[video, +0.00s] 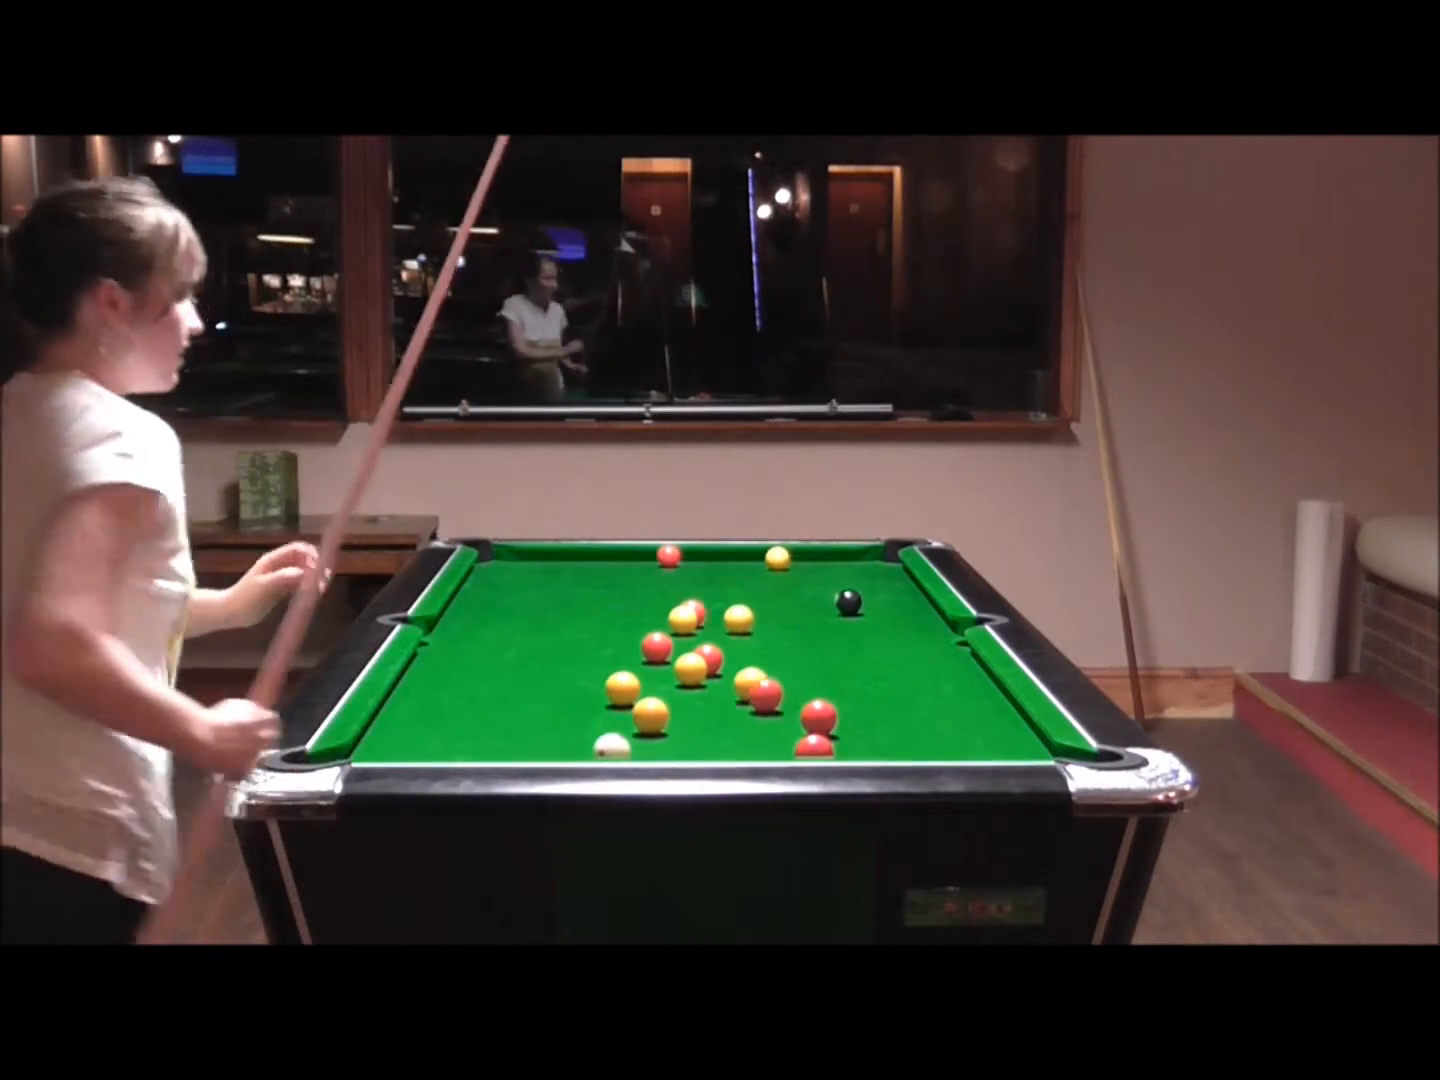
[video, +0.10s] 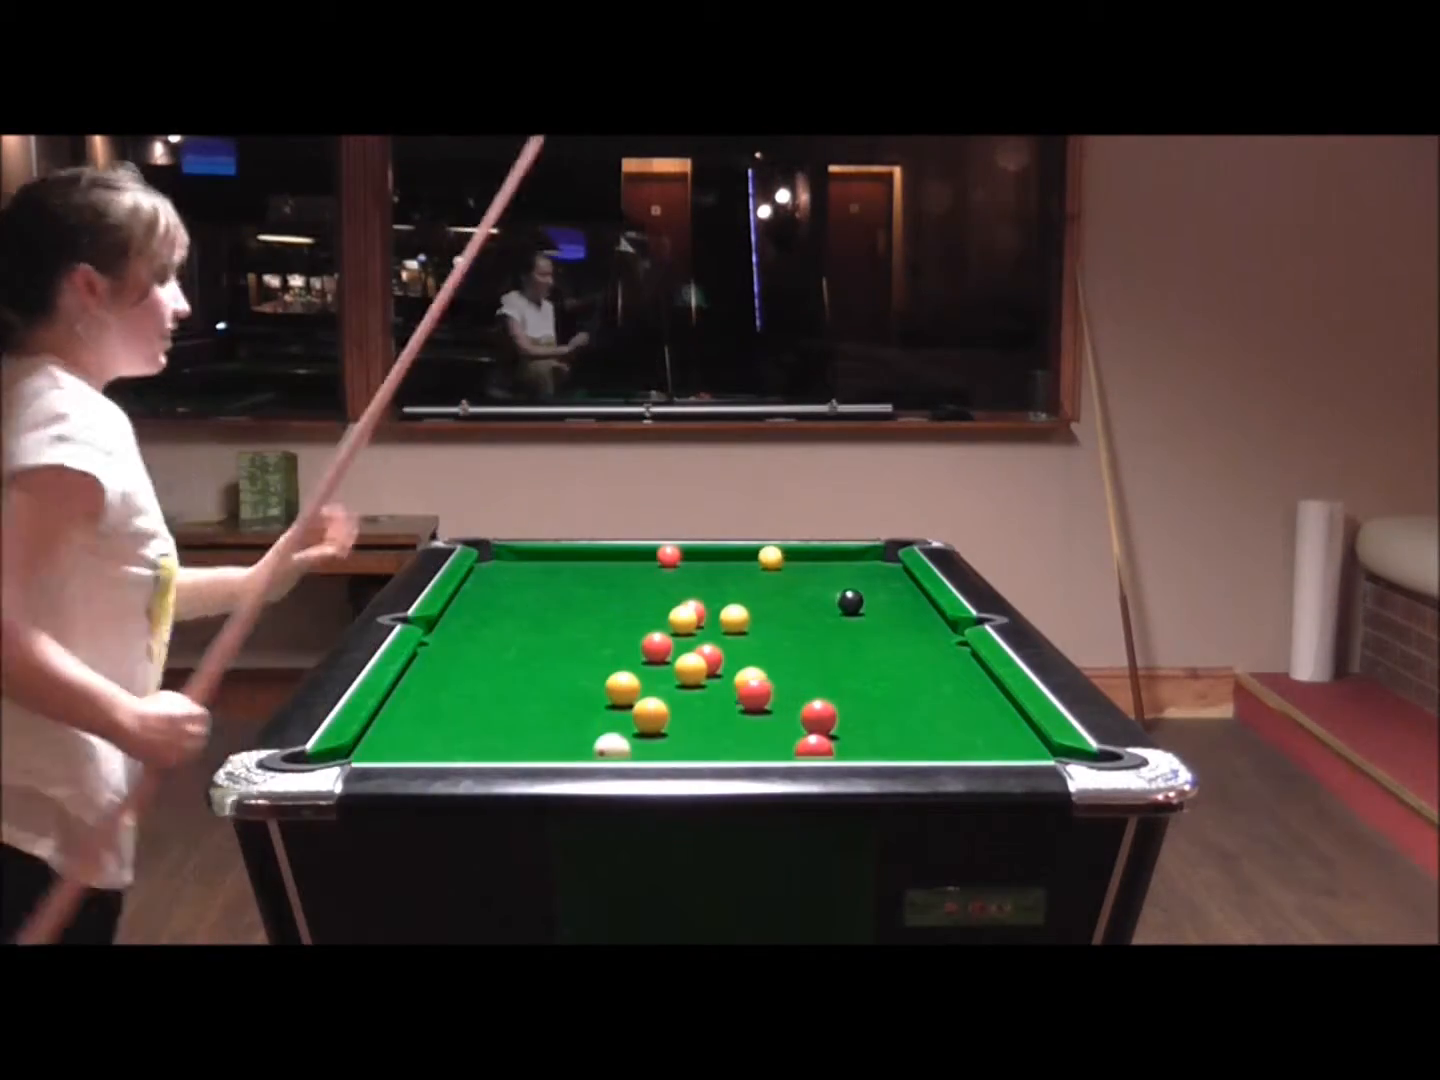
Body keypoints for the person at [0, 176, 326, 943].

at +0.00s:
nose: (195, 322)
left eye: (191, 299)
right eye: (180, 298)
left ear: (104, 307)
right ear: (110, 303)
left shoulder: (21, 408)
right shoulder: (123, 436)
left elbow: (94, 602)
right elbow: (51, 638)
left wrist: (229, 607)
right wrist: (199, 731)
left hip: (13, 831)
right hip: (73, 854)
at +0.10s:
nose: (181, 306)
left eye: (175, 280)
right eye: (161, 281)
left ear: (89, 290)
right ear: (88, 288)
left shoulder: (45, 401)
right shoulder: (65, 422)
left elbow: (107, 589)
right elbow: (9, 630)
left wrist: (260, 578)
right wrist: (129, 717)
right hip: (50, 837)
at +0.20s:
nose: (165, 295)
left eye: (159, 269)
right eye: (143, 270)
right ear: (61, 284)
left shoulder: (87, 404)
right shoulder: (17, 416)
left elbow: (178, 552)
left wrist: (304, 536)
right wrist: (26, 693)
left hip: (52, 809)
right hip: (15, 825)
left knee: (48, 932)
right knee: (41, 934)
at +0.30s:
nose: (154, 306)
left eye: (150, 280)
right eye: (129, 283)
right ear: (47, 295)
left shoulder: (112, 409)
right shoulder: (8, 415)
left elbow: (227, 545)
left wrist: (320, 521)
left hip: (31, 795)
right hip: (1, 799)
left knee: (45, 934)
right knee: (44, 932)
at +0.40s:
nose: (155, 317)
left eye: (152, 291)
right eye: (130, 295)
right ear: (46, 306)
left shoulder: (124, 413)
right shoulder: (8, 423)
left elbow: (236, 549)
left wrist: (325, 540)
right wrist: (27, 658)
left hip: (40, 770)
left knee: (58, 935)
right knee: (24, 935)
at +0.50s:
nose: (156, 330)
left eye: (155, 305)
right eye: (131, 308)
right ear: (45, 318)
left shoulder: (140, 424)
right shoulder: (4, 412)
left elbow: (242, 558)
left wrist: (332, 569)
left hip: (30, 746)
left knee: (54, 934)